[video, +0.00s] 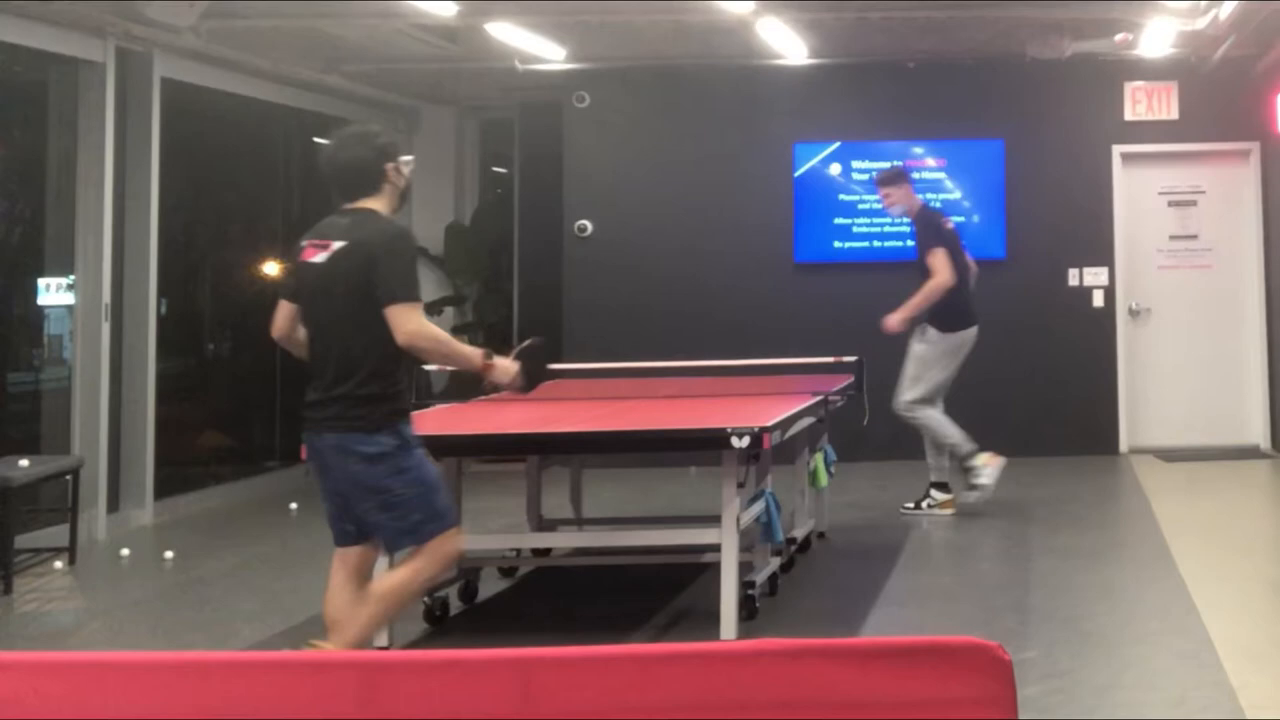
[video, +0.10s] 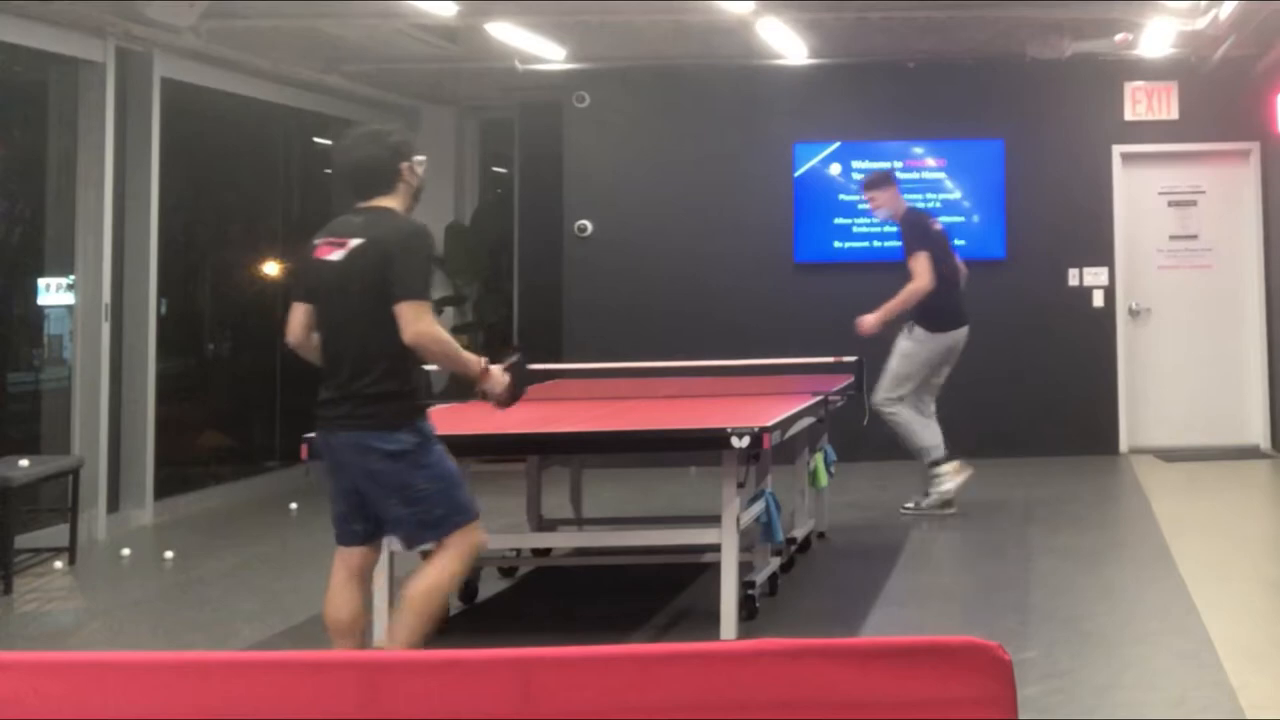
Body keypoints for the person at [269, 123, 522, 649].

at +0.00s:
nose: (406, 172)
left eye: (403, 163)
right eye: (401, 164)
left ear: (341, 179)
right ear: (387, 172)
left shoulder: (317, 238)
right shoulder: (387, 237)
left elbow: (284, 329)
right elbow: (410, 332)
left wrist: (333, 359)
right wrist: (485, 363)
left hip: (327, 430)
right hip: (371, 432)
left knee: (354, 552)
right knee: (442, 545)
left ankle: (345, 679)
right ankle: (336, 650)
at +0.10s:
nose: (419, 171)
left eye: (414, 162)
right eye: (413, 162)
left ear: (354, 178)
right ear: (399, 172)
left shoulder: (327, 239)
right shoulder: (404, 235)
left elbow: (298, 335)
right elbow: (417, 331)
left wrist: (353, 364)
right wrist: (479, 371)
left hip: (338, 429)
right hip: (391, 430)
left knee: (354, 556)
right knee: (463, 537)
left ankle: (351, 684)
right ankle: (391, 669)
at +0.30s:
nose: (473, 174)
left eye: (469, 165)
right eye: (470, 166)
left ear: (404, 183)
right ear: (459, 176)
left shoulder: (369, 244)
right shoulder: (472, 245)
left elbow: (356, 336)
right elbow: (483, 347)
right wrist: (500, 405)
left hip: (370, 437)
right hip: (437, 440)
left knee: (363, 563)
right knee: (479, 563)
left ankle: (349, 690)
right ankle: (484, 702)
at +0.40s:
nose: (504, 173)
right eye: (502, 167)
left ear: (436, 176)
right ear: (496, 174)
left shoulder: (399, 235)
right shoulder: (505, 247)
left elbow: (389, 320)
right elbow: (524, 347)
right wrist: (526, 414)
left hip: (380, 427)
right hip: (448, 434)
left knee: (374, 559)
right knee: (485, 563)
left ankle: (350, 685)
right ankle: (489, 705)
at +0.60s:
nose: (520, 175)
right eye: (520, 168)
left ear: (458, 172)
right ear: (518, 174)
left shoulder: (416, 228)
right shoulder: (523, 248)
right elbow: (544, 348)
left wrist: (491, 210)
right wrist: (564, 416)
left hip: (393, 425)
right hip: (464, 432)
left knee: (366, 557)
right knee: (477, 569)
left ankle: (332, 686)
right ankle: (484, 708)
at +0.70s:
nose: (515, 175)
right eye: (515, 168)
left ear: (453, 173)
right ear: (511, 174)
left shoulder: (411, 230)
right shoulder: (517, 249)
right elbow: (536, 347)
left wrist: (487, 214)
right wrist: (567, 416)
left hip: (394, 428)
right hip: (467, 435)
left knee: (360, 560)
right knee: (472, 573)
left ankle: (318, 691)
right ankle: (483, 711)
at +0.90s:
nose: (483, 178)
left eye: (481, 170)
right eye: (481, 171)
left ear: (415, 176)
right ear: (475, 177)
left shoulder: (380, 234)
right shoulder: (490, 252)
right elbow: (515, 351)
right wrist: (546, 414)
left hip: (380, 436)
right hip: (459, 437)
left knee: (351, 573)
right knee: (472, 572)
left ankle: (317, 704)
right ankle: (481, 712)